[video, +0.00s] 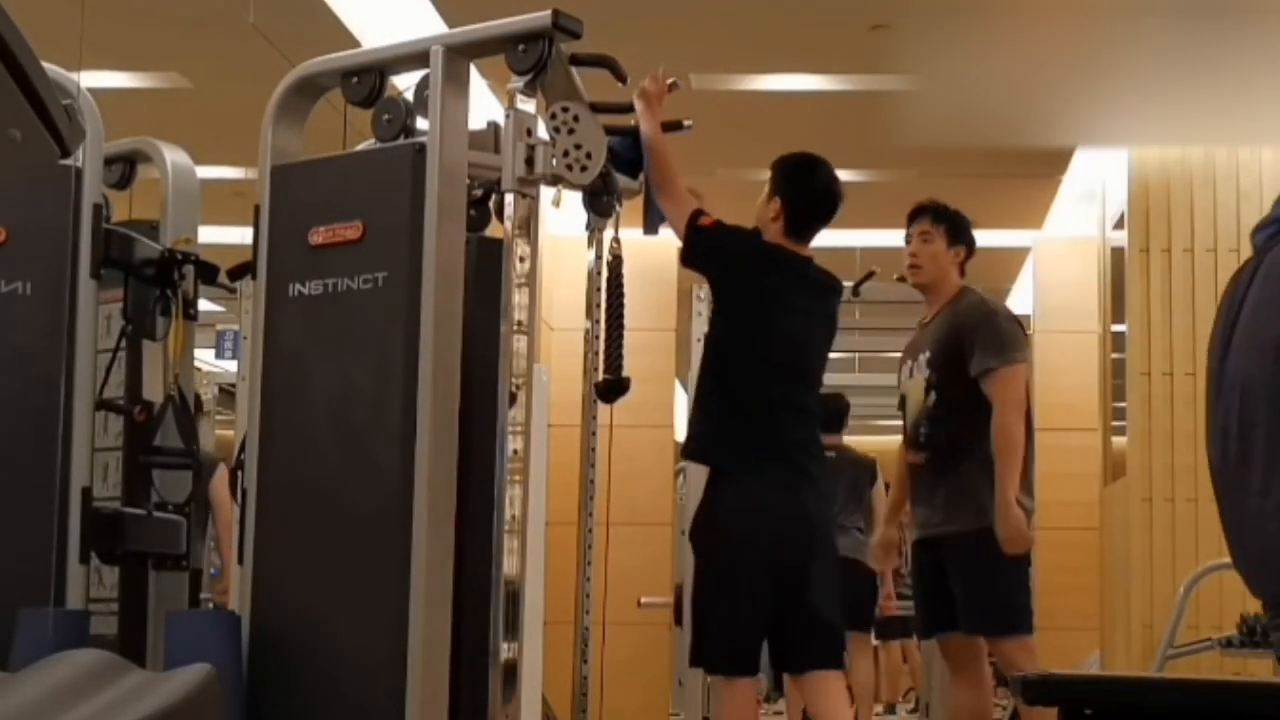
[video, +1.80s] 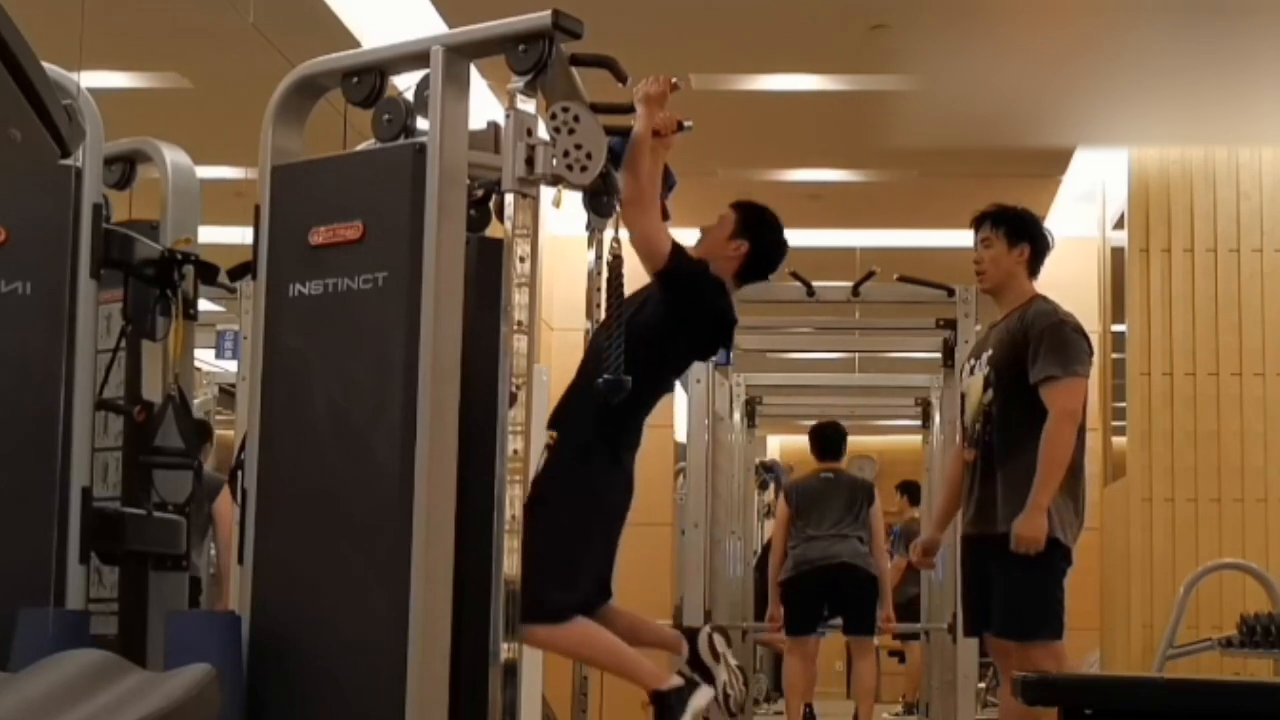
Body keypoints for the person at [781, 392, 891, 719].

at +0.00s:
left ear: (812, 421)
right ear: (846, 422)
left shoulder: (803, 462)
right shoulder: (866, 465)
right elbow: (878, 524)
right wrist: (883, 575)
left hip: (814, 562)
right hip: (857, 562)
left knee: (803, 659)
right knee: (859, 648)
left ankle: (799, 715)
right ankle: (864, 714)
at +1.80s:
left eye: (815, 445)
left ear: (812, 450)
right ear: (845, 449)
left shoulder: (792, 490)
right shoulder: (866, 489)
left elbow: (777, 552)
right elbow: (879, 551)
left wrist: (773, 602)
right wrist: (887, 604)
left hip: (804, 580)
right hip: (856, 579)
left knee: (796, 651)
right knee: (863, 650)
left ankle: (795, 716)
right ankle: (864, 715)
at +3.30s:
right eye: (839, 395)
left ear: (812, 399)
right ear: (846, 399)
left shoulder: (791, 449)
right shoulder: (867, 448)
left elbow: (777, 510)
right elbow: (879, 513)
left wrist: (774, 560)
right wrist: (887, 563)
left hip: (805, 563)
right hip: (854, 562)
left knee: (804, 646)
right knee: (858, 648)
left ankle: (801, 713)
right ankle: (863, 714)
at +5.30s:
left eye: (818, 479)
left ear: (814, 483)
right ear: (847, 483)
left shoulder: (795, 520)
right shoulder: (868, 519)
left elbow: (780, 580)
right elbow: (881, 579)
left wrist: (777, 633)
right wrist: (887, 634)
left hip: (806, 591)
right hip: (857, 589)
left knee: (798, 652)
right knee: (866, 654)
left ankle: (798, 714)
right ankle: (865, 715)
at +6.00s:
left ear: (818, 428)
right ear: (850, 428)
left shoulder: (796, 473)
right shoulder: (871, 472)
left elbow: (782, 535)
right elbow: (882, 534)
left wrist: (774, 586)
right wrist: (889, 587)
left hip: (806, 574)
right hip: (856, 573)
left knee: (802, 649)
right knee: (862, 649)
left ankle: (796, 715)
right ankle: (865, 714)